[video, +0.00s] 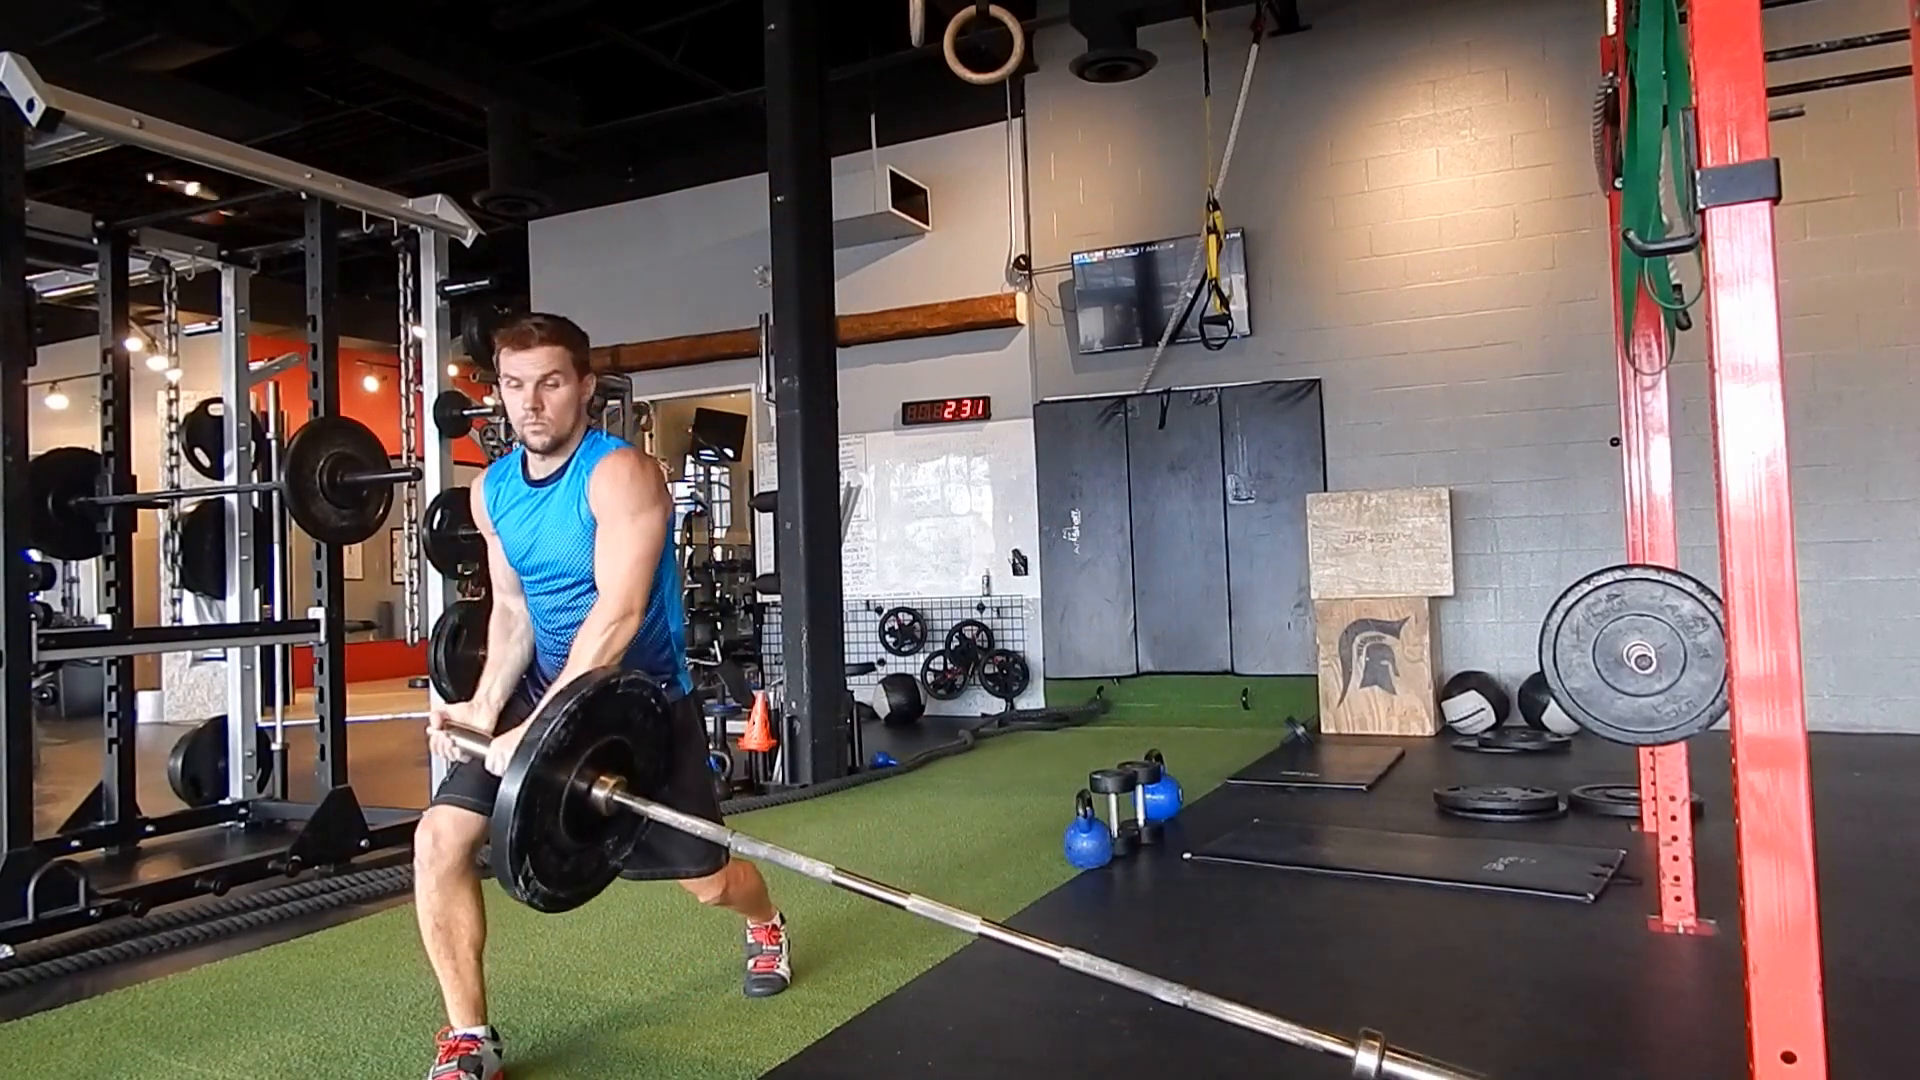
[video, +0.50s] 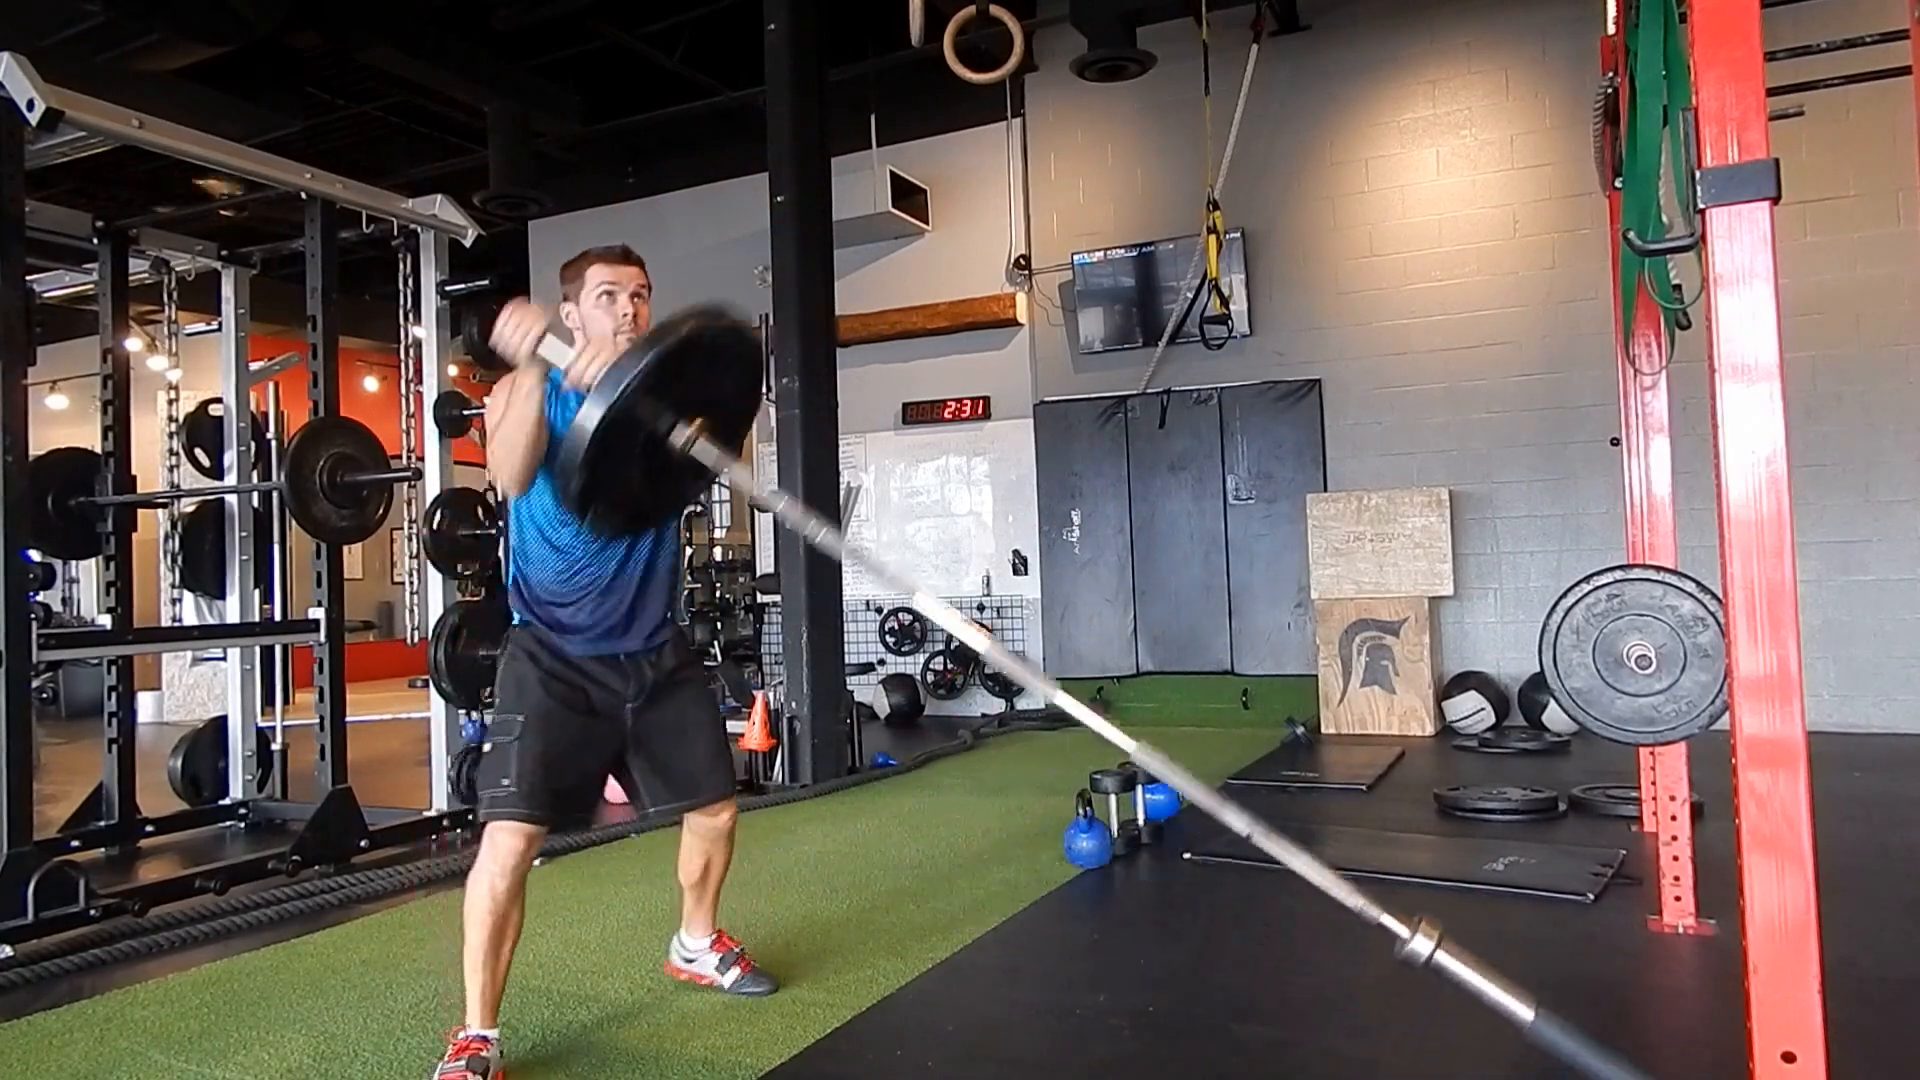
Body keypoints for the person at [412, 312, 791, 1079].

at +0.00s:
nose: (531, 400)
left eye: (549, 381)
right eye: (515, 384)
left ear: (586, 385)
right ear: (501, 393)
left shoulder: (624, 474)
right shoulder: (493, 489)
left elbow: (619, 619)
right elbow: (510, 609)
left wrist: (534, 733)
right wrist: (483, 703)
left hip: (642, 700)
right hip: (539, 700)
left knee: (710, 883)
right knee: (439, 841)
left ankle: (768, 922)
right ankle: (469, 1038)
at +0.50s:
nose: (625, 309)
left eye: (637, 297)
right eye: (607, 296)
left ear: (649, 310)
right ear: (569, 310)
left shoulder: (665, 385)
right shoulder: (529, 388)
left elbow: (728, 433)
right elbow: (509, 479)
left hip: (657, 648)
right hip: (551, 650)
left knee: (714, 807)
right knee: (512, 838)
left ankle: (696, 944)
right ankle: (477, 1033)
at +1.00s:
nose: (685, 293)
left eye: (687, 280)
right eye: (664, 282)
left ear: (687, 296)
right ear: (618, 291)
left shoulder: (702, 366)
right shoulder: (581, 356)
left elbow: (781, 299)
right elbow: (659, 270)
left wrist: (811, 200)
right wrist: (743, 162)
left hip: (676, 637)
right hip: (584, 635)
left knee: (700, 791)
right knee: (558, 838)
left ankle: (683, 961)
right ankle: (488, 1029)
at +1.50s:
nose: (697, 334)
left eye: (697, 322)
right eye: (686, 320)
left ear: (648, 320)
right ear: (639, 318)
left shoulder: (667, 402)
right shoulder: (614, 370)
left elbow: (758, 438)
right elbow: (751, 350)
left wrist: (849, 377)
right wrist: (835, 313)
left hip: (668, 644)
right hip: (613, 644)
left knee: (718, 785)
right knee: (610, 849)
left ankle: (690, 960)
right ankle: (481, 1030)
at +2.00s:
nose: (753, 413)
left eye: (752, 401)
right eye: (750, 401)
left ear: (681, 400)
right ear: (726, 399)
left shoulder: (628, 475)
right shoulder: (751, 458)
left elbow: (631, 586)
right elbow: (767, 584)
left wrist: (722, 649)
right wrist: (746, 643)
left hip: (613, 679)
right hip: (668, 688)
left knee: (736, 788)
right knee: (662, 895)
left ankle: (693, 959)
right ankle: (464, 1030)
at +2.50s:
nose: (718, 364)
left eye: (717, 351)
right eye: (711, 350)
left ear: (650, 352)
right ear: (672, 347)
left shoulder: (615, 427)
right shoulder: (690, 404)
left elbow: (669, 555)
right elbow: (775, 506)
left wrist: (766, 556)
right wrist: (757, 543)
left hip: (662, 660)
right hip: (637, 664)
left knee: (729, 781)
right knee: (641, 862)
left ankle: (690, 961)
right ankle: (459, 1033)